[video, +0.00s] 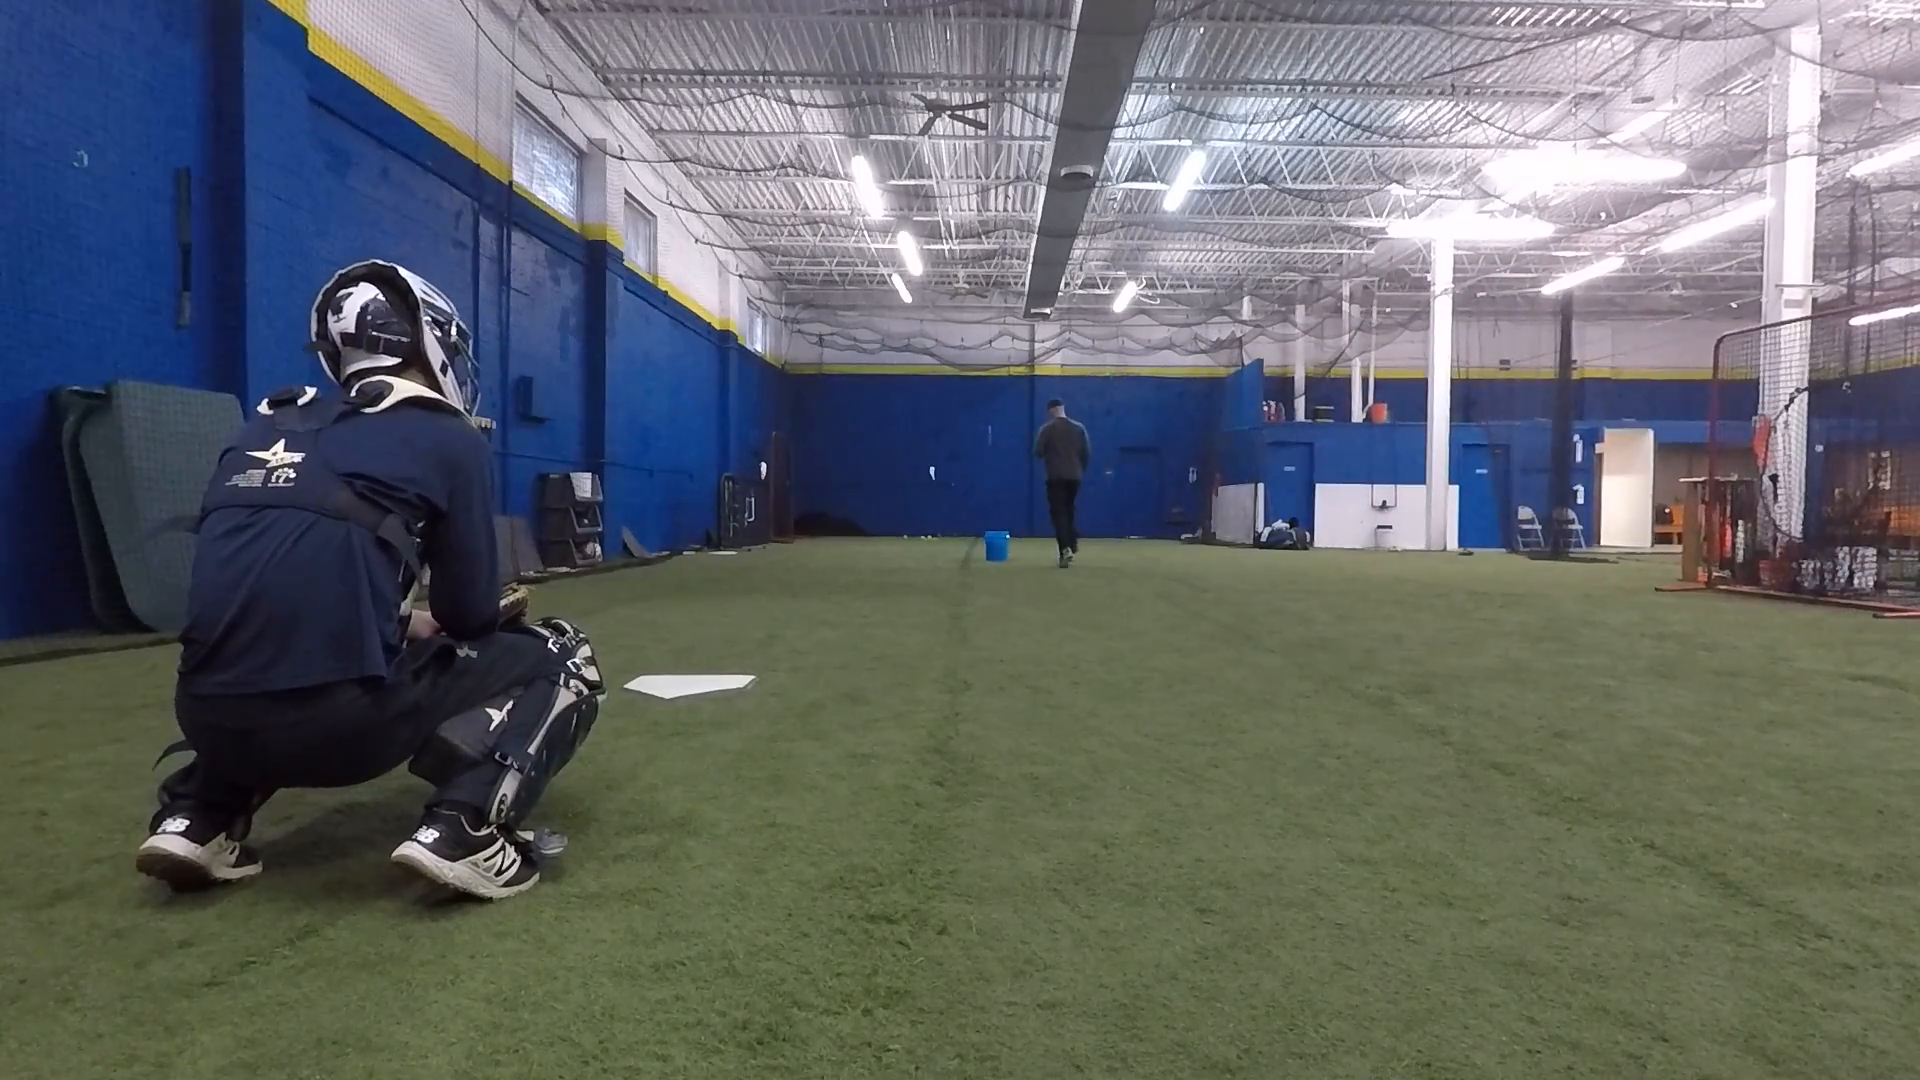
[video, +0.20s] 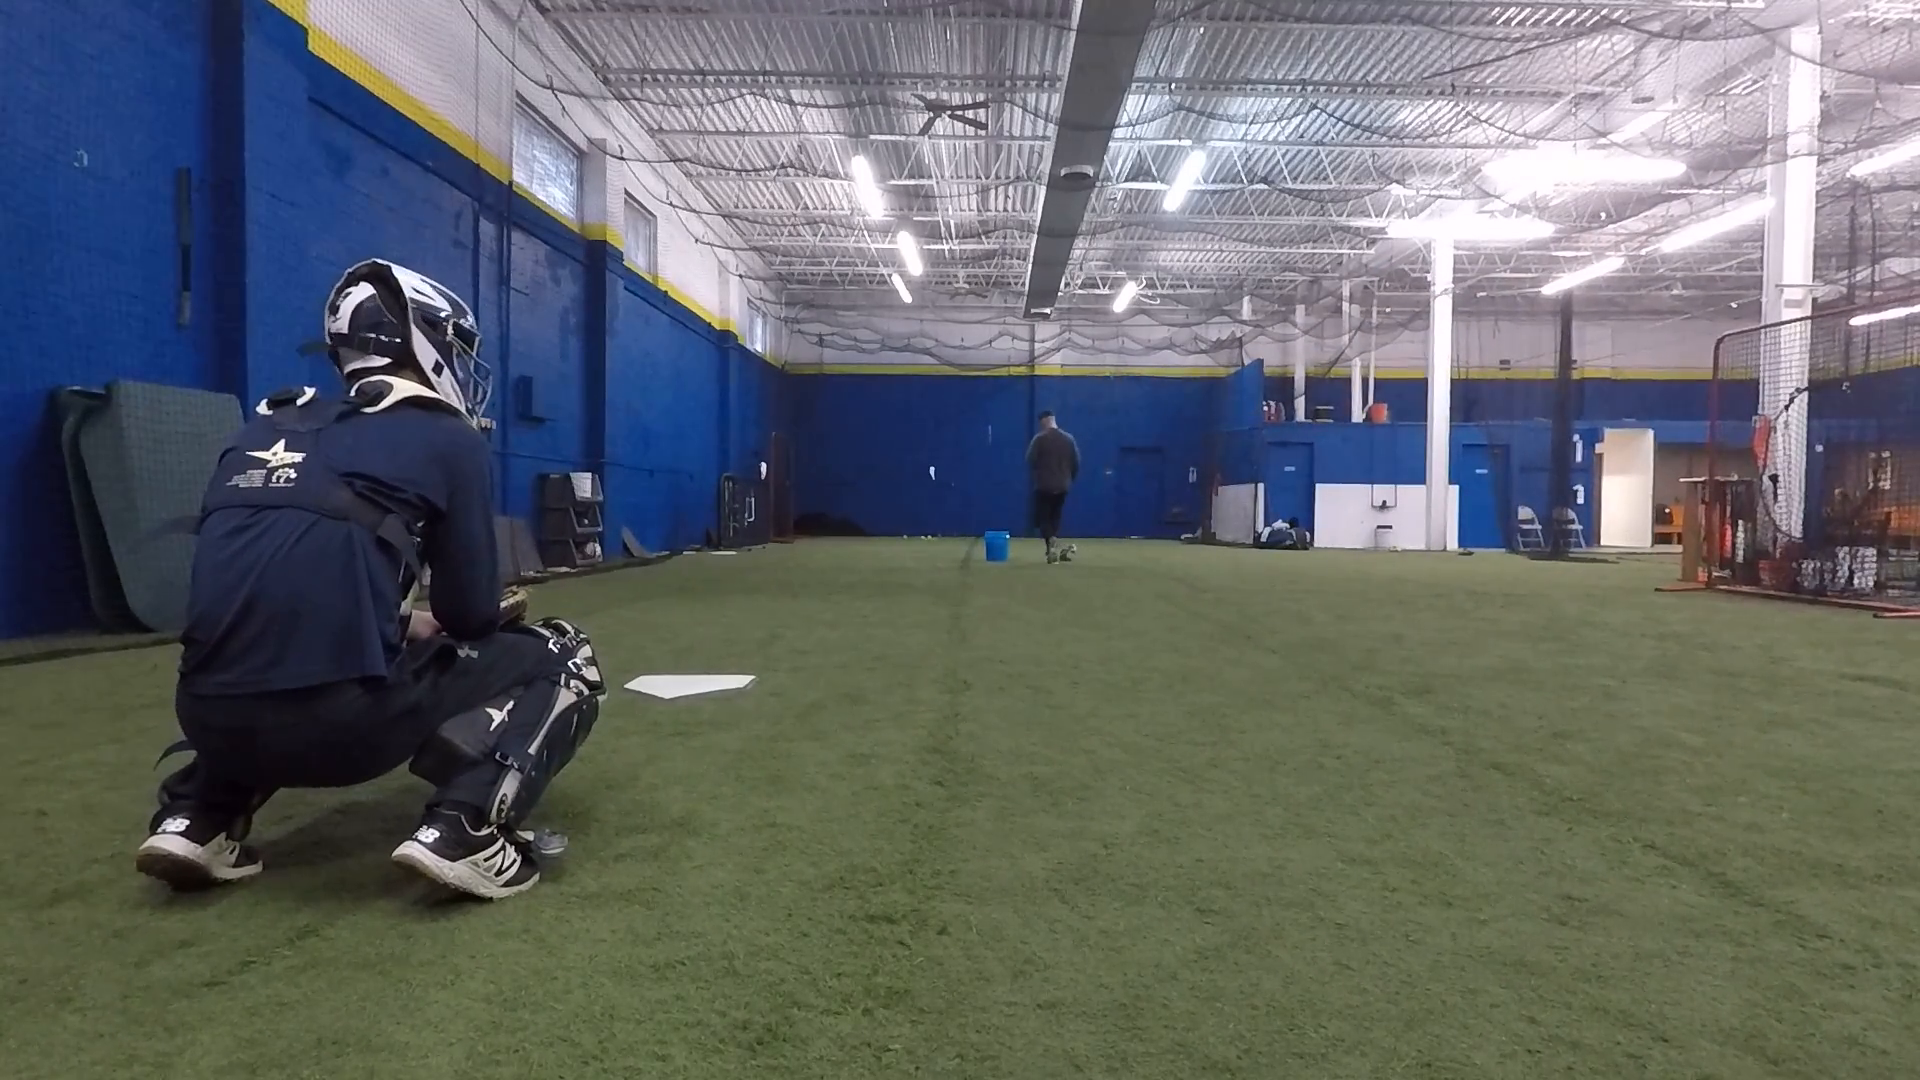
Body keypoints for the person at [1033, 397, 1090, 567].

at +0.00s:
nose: (1052, 414)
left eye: (1050, 411)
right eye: (1054, 410)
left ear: (1050, 411)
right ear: (1063, 409)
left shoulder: (1047, 428)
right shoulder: (1079, 427)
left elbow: (1039, 451)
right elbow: (1085, 451)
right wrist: (1082, 467)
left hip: (1055, 477)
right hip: (1074, 476)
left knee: (1057, 512)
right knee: (1069, 508)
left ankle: (1064, 549)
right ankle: (1072, 543)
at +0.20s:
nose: (1041, 425)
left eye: (1041, 423)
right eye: (1042, 423)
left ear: (1043, 422)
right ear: (1054, 421)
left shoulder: (1039, 439)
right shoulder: (1068, 438)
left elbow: (1030, 458)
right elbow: (1076, 460)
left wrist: (1035, 470)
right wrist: (1071, 476)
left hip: (1043, 485)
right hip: (1062, 485)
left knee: (1042, 515)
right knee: (1056, 515)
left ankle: (1051, 541)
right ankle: (1050, 547)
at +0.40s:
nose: (1027, 424)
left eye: (1026, 422)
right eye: (1027, 421)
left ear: (1029, 421)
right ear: (1039, 419)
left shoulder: (1028, 436)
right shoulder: (1056, 434)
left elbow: (1027, 458)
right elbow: (1063, 457)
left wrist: (1025, 472)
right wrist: (1059, 471)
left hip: (1034, 483)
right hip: (1052, 482)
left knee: (1030, 516)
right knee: (1048, 515)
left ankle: (1029, 551)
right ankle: (1052, 550)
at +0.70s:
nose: (1002, 443)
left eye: (1001, 440)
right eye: (1001, 441)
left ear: (1003, 437)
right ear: (1012, 432)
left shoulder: (1007, 450)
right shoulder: (1033, 440)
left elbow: (1008, 474)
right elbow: (1045, 459)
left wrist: (1005, 492)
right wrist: (1043, 474)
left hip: (1022, 490)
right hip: (1040, 486)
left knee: (1018, 522)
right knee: (1040, 518)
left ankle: (1018, 552)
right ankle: (1050, 541)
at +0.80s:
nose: (996, 447)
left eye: (995, 444)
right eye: (995, 445)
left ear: (997, 440)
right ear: (1004, 435)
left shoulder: (1004, 451)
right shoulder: (1026, 439)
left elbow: (1005, 476)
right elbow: (1042, 455)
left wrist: (1003, 499)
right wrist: (1036, 471)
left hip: (1021, 489)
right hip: (1040, 485)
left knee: (1017, 521)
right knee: (1037, 517)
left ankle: (1018, 553)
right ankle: (1048, 543)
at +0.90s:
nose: (993, 454)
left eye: (992, 451)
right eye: (991, 452)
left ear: (994, 446)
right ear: (998, 440)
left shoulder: (1000, 455)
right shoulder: (1020, 440)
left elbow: (1001, 482)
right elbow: (1039, 454)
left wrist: (999, 506)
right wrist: (1036, 471)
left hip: (1022, 488)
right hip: (1040, 482)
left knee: (1018, 521)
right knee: (1035, 517)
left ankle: (1018, 553)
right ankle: (1046, 546)